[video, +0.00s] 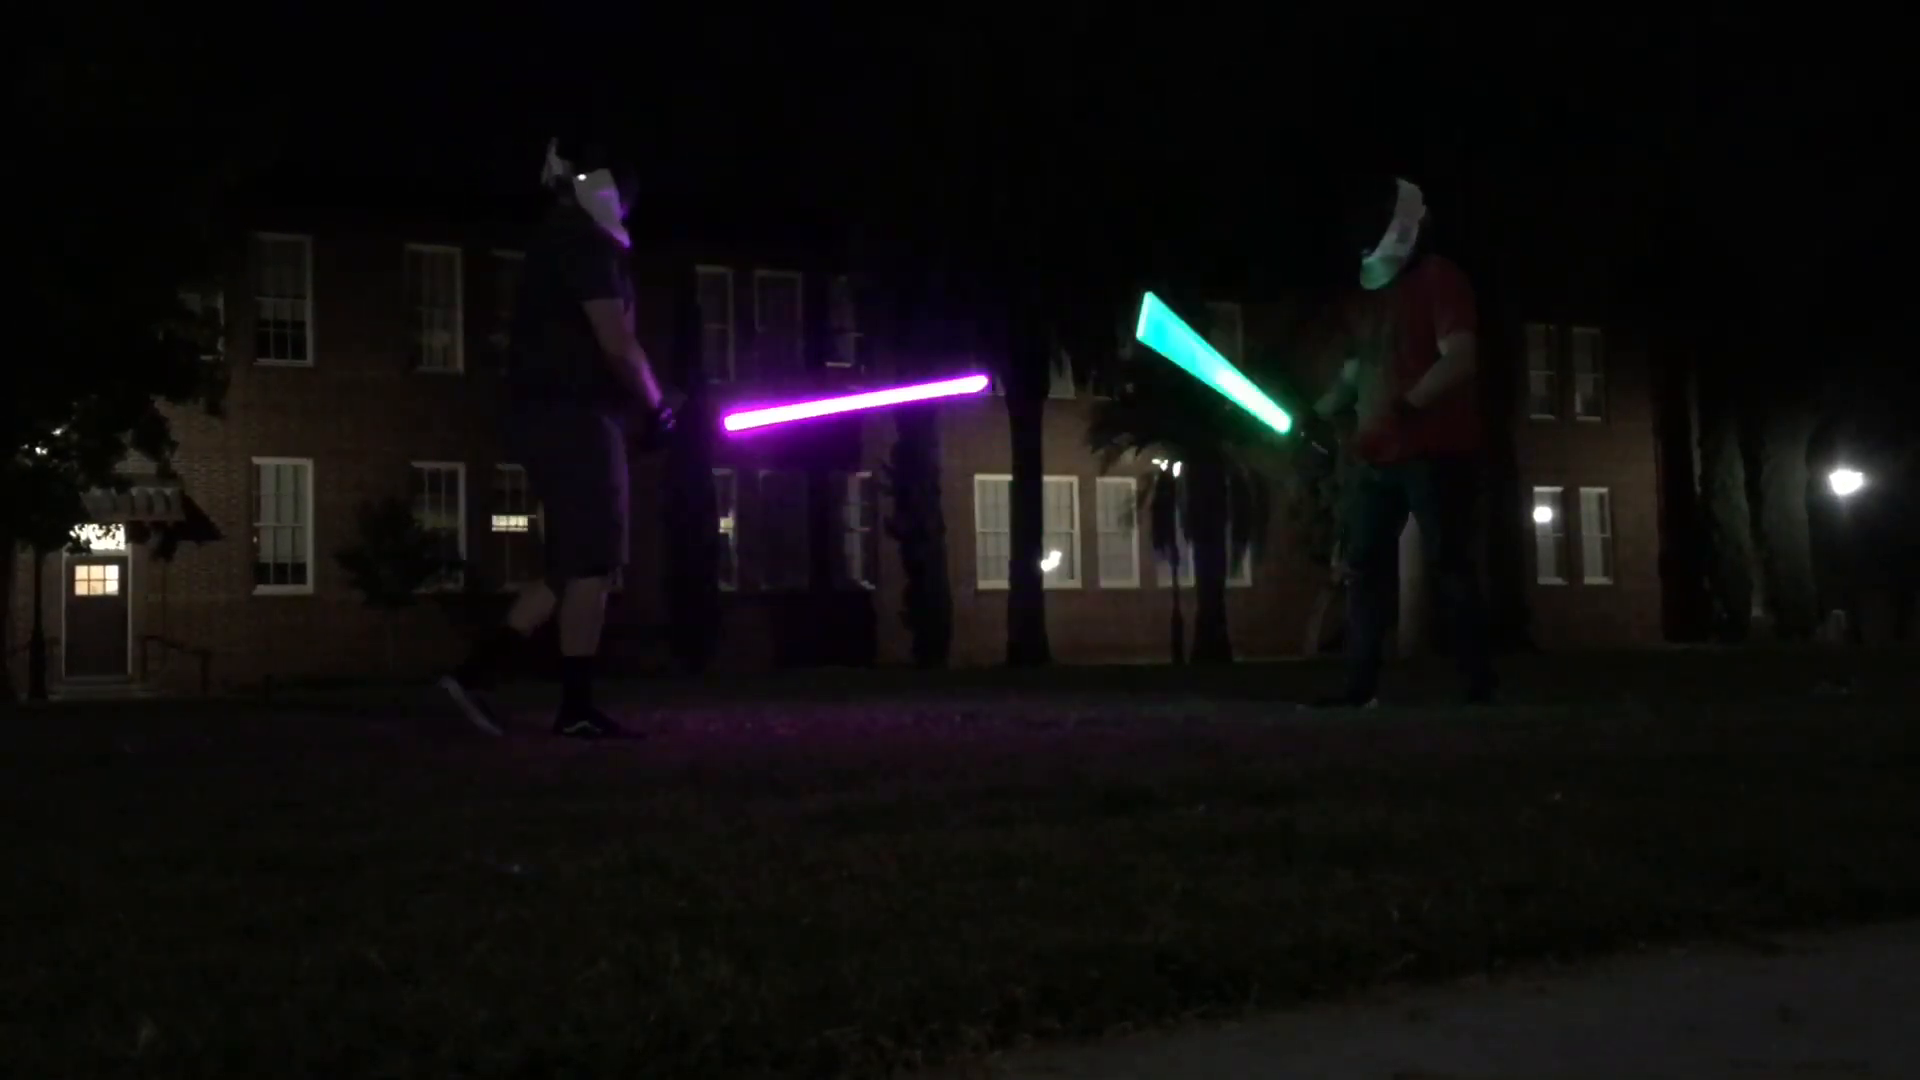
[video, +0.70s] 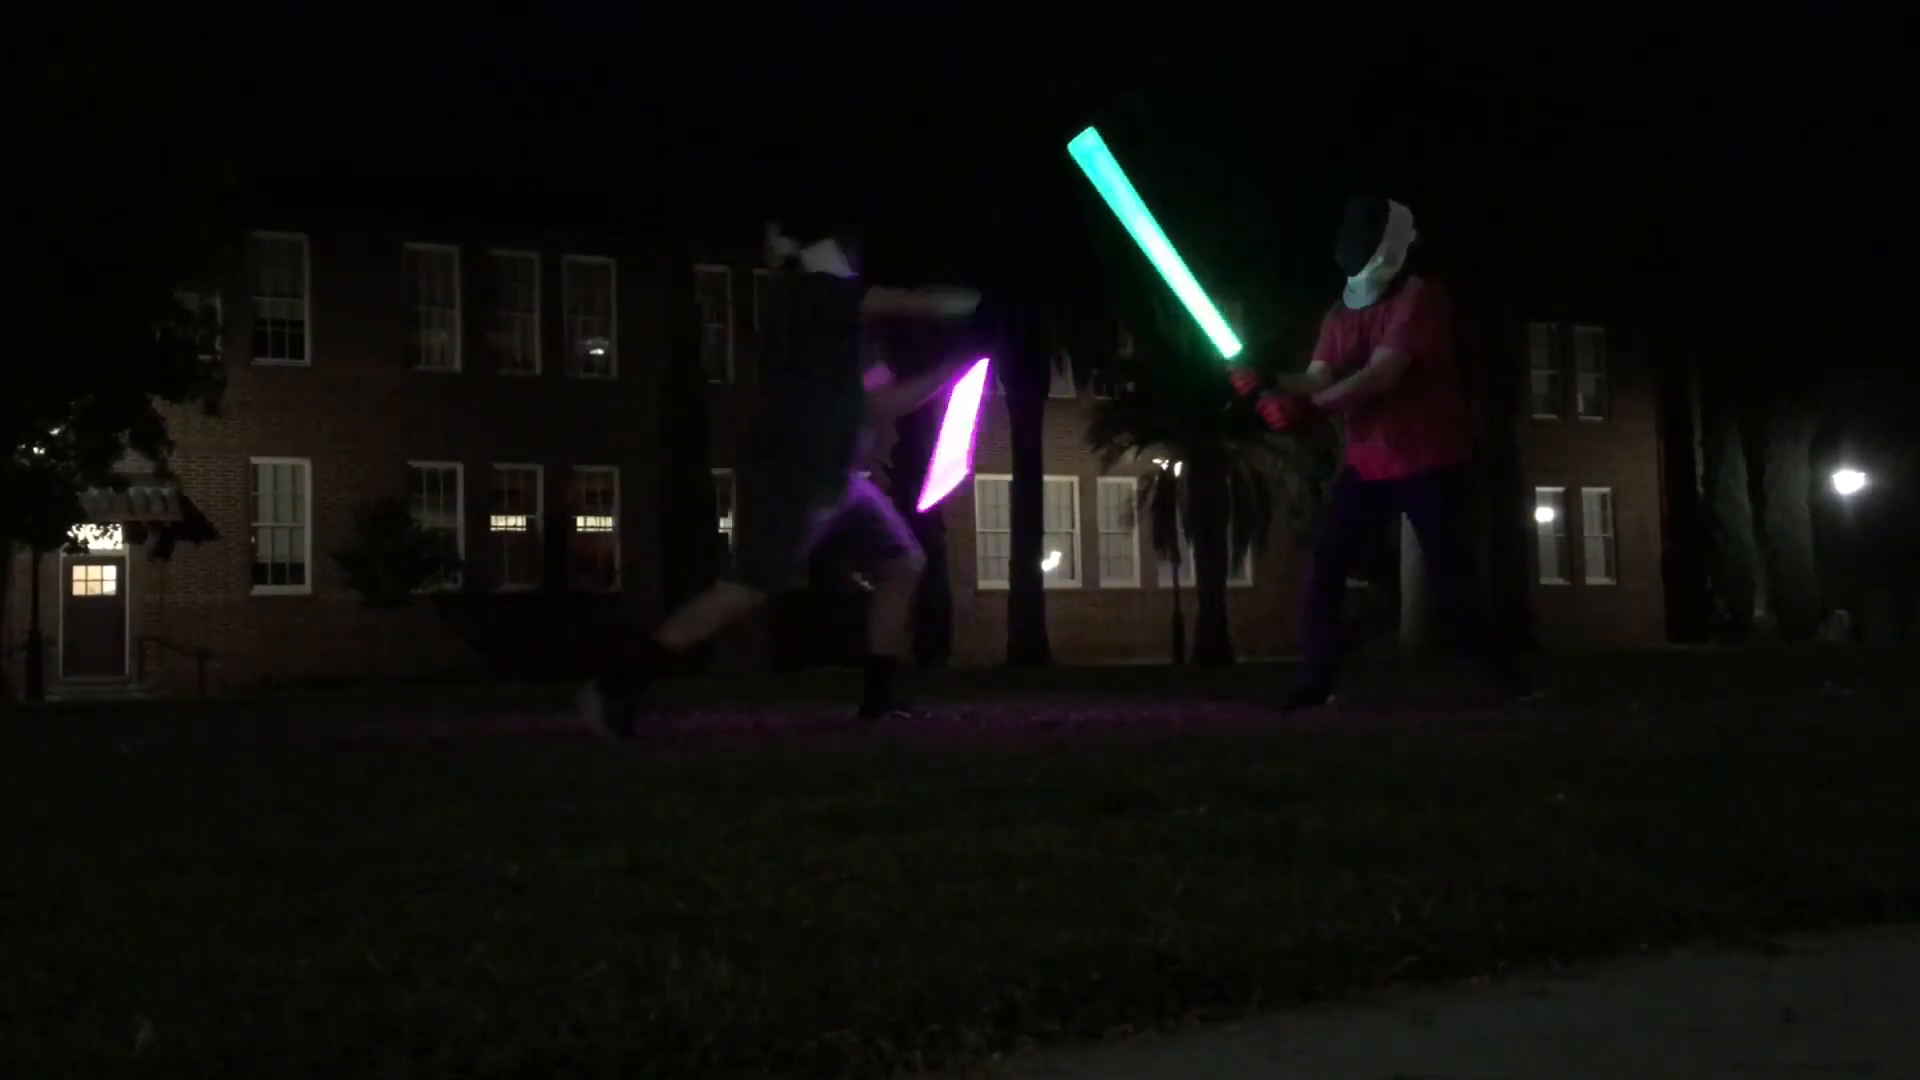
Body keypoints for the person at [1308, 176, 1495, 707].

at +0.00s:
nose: (1380, 235)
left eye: (1391, 222)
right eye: (1376, 223)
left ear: (1412, 224)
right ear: (1370, 227)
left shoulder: (1436, 279)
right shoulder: (1368, 291)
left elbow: (1459, 357)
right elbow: (1357, 367)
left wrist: (1406, 404)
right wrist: (1323, 410)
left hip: (1436, 452)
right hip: (1378, 452)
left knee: (1449, 568)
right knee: (1367, 567)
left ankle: (1470, 678)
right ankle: (1361, 680)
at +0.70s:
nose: (1355, 260)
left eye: (1367, 249)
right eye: (1352, 250)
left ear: (1392, 249)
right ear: (1348, 253)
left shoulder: (1418, 298)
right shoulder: (1344, 313)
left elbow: (1388, 370)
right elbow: (1318, 380)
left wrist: (1313, 405)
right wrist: (1268, 385)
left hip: (1430, 467)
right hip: (1368, 469)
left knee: (1451, 577)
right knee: (1328, 564)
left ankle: (1495, 675)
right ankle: (1315, 681)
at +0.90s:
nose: (1399, 279)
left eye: (1411, 269)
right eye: (1400, 270)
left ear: (1435, 273)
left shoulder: (1456, 322)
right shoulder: (1391, 328)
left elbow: (1395, 367)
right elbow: (1352, 384)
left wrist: (1320, 393)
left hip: (1463, 491)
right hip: (1403, 493)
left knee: (1521, 592)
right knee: (1335, 573)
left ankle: (1630, 679)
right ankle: (1313, 687)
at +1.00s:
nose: (1449, 282)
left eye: (1460, 271)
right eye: (1450, 273)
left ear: (1485, 274)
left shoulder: (1502, 310)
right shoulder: (1441, 330)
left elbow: (1431, 331)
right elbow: (1406, 398)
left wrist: (1367, 343)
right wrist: (1338, 392)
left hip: (1495, 482)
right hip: (1436, 485)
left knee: (1548, 598)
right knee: (1373, 584)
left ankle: (1640, 688)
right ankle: (1317, 690)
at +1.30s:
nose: (1564, 226)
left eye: (1573, 217)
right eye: (1553, 220)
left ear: (1580, 222)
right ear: (1540, 229)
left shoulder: (1602, 254)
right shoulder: (1522, 280)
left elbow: (1579, 184)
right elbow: (1494, 245)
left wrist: (1516, 154)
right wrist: (1474, 181)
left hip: (1614, 412)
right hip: (1548, 419)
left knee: (1642, 551)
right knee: (1542, 555)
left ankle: (1650, 674)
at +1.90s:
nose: (1697, 240)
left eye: (1710, 227)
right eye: (1695, 228)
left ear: (1738, 230)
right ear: (1698, 235)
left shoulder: (1772, 280)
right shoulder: (1690, 301)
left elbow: (1748, 353)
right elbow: (1656, 364)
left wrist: (1681, 366)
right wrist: (1633, 369)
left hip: (1773, 451)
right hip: (1707, 457)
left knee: (1828, 568)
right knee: (1653, 567)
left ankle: (1887, 675)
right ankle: (1601, 677)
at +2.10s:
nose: (1682, 261)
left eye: (1694, 248)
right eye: (1677, 252)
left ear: (1722, 242)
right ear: (1672, 252)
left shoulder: (1754, 290)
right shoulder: (1667, 307)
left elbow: (1727, 361)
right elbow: (1643, 365)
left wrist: (1649, 386)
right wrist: (1615, 383)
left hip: (1761, 452)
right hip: (1693, 460)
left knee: (1820, 567)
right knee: (1637, 564)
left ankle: (1885, 673)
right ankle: (1608, 674)